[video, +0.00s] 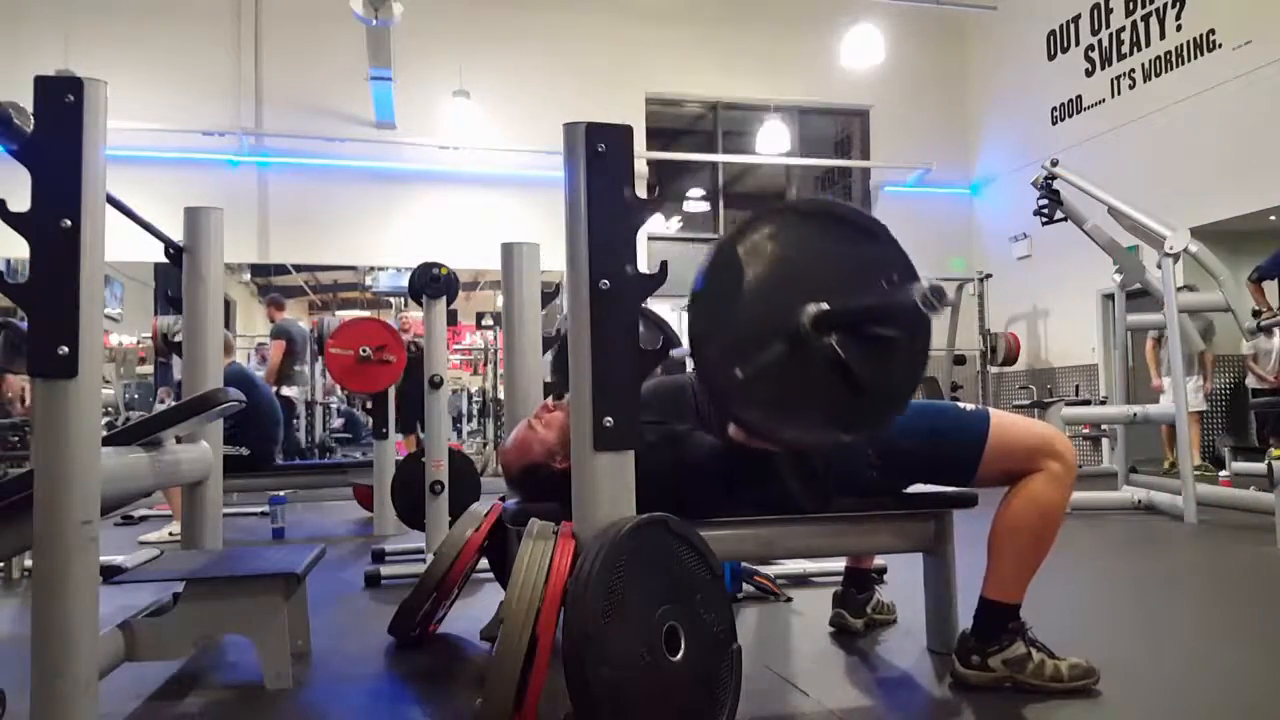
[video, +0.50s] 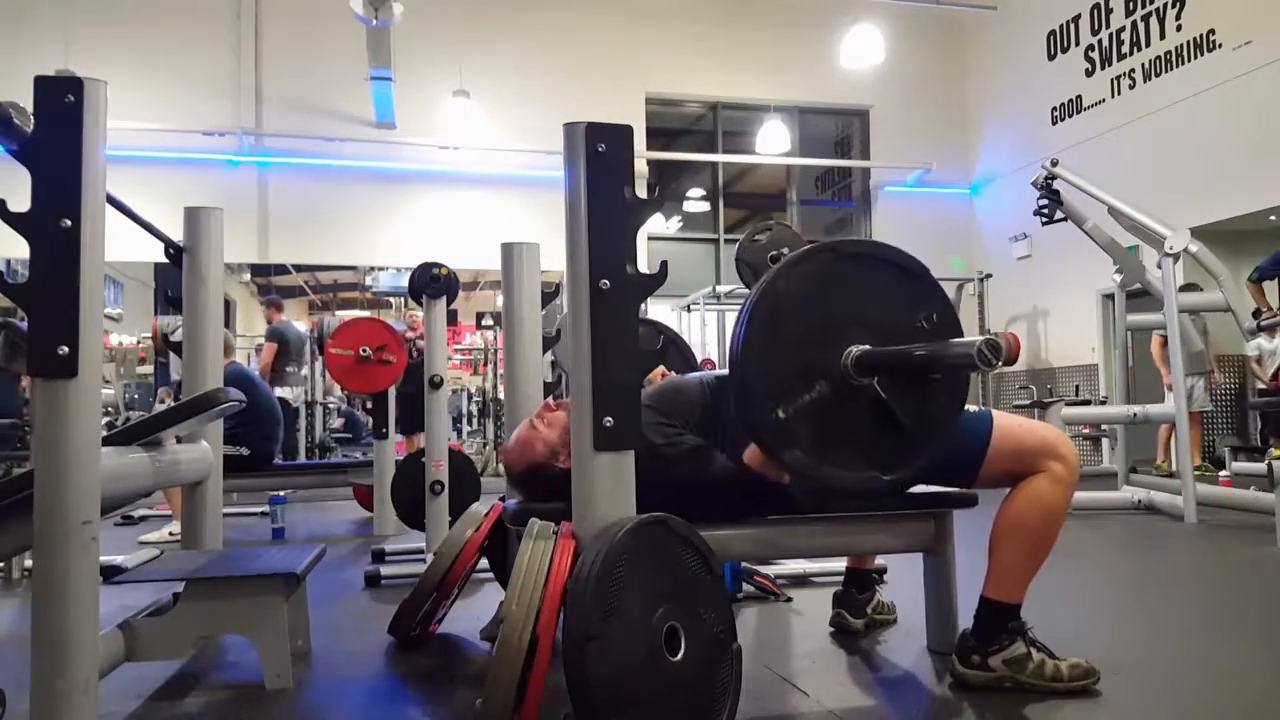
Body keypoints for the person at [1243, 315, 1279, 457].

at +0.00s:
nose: (1267, 323)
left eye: (1269, 318)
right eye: (1264, 319)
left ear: (1274, 320)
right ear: (1258, 321)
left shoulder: (1276, 335)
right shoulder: (1251, 338)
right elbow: (1248, 361)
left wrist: (1275, 375)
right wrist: (1267, 377)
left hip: (1275, 384)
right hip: (1258, 386)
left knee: (1275, 421)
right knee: (1261, 422)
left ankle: (1275, 448)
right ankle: (1263, 450)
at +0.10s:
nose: (1268, 323)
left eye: (1270, 318)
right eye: (1264, 319)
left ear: (1273, 319)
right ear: (1257, 321)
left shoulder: (1276, 334)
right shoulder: (1251, 337)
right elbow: (1247, 362)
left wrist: (1275, 378)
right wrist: (1266, 380)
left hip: (1275, 385)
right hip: (1258, 385)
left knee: (1275, 420)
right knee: (1261, 421)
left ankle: (1275, 448)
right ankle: (1263, 450)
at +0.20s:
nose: (1268, 324)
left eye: (1270, 319)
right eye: (1264, 320)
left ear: (1273, 319)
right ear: (1257, 321)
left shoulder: (1276, 335)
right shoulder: (1251, 338)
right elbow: (1247, 362)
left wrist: (1272, 378)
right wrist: (1264, 379)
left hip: (1274, 385)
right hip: (1258, 385)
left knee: (1275, 420)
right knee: (1261, 421)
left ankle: (1274, 447)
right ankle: (1263, 449)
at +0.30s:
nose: (1269, 325)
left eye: (1270, 320)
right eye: (1264, 321)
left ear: (1274, 321)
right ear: (1257, 322)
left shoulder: (1276, 337)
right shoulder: (1252, 339)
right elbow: (1248, 363)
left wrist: (1271, 379)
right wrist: (1265, 380)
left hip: (1274, 385)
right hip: (1259, 385)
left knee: (1275, 420)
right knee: (1262, 421)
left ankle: (1274, 447)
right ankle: (1263, 449)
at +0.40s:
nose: (1271, 324)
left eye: (1272, 320)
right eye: (1266, 321)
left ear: (1276, 322)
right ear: (1261, 324)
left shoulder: (1277, 340)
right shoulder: (1254, 343)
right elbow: (1249, 364)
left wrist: (1272, 380)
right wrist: (1265, 381)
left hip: (1275, 385)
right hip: (1261, 386)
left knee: (1276, 420)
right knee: (1263, 421)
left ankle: (1276, 446)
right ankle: (1264, 448)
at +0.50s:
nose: (1271, 323)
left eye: (1272, 318)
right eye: (1267, 320)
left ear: (1276, 320)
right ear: (1260, 324)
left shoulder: (1277, 339)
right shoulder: (1255, 344)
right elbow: (1252, 364)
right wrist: (1266, 381)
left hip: (1277, 386)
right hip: (1265, 387)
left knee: (1276, 420)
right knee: (1266, 421)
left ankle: (1276, 446)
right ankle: (1265, 449)